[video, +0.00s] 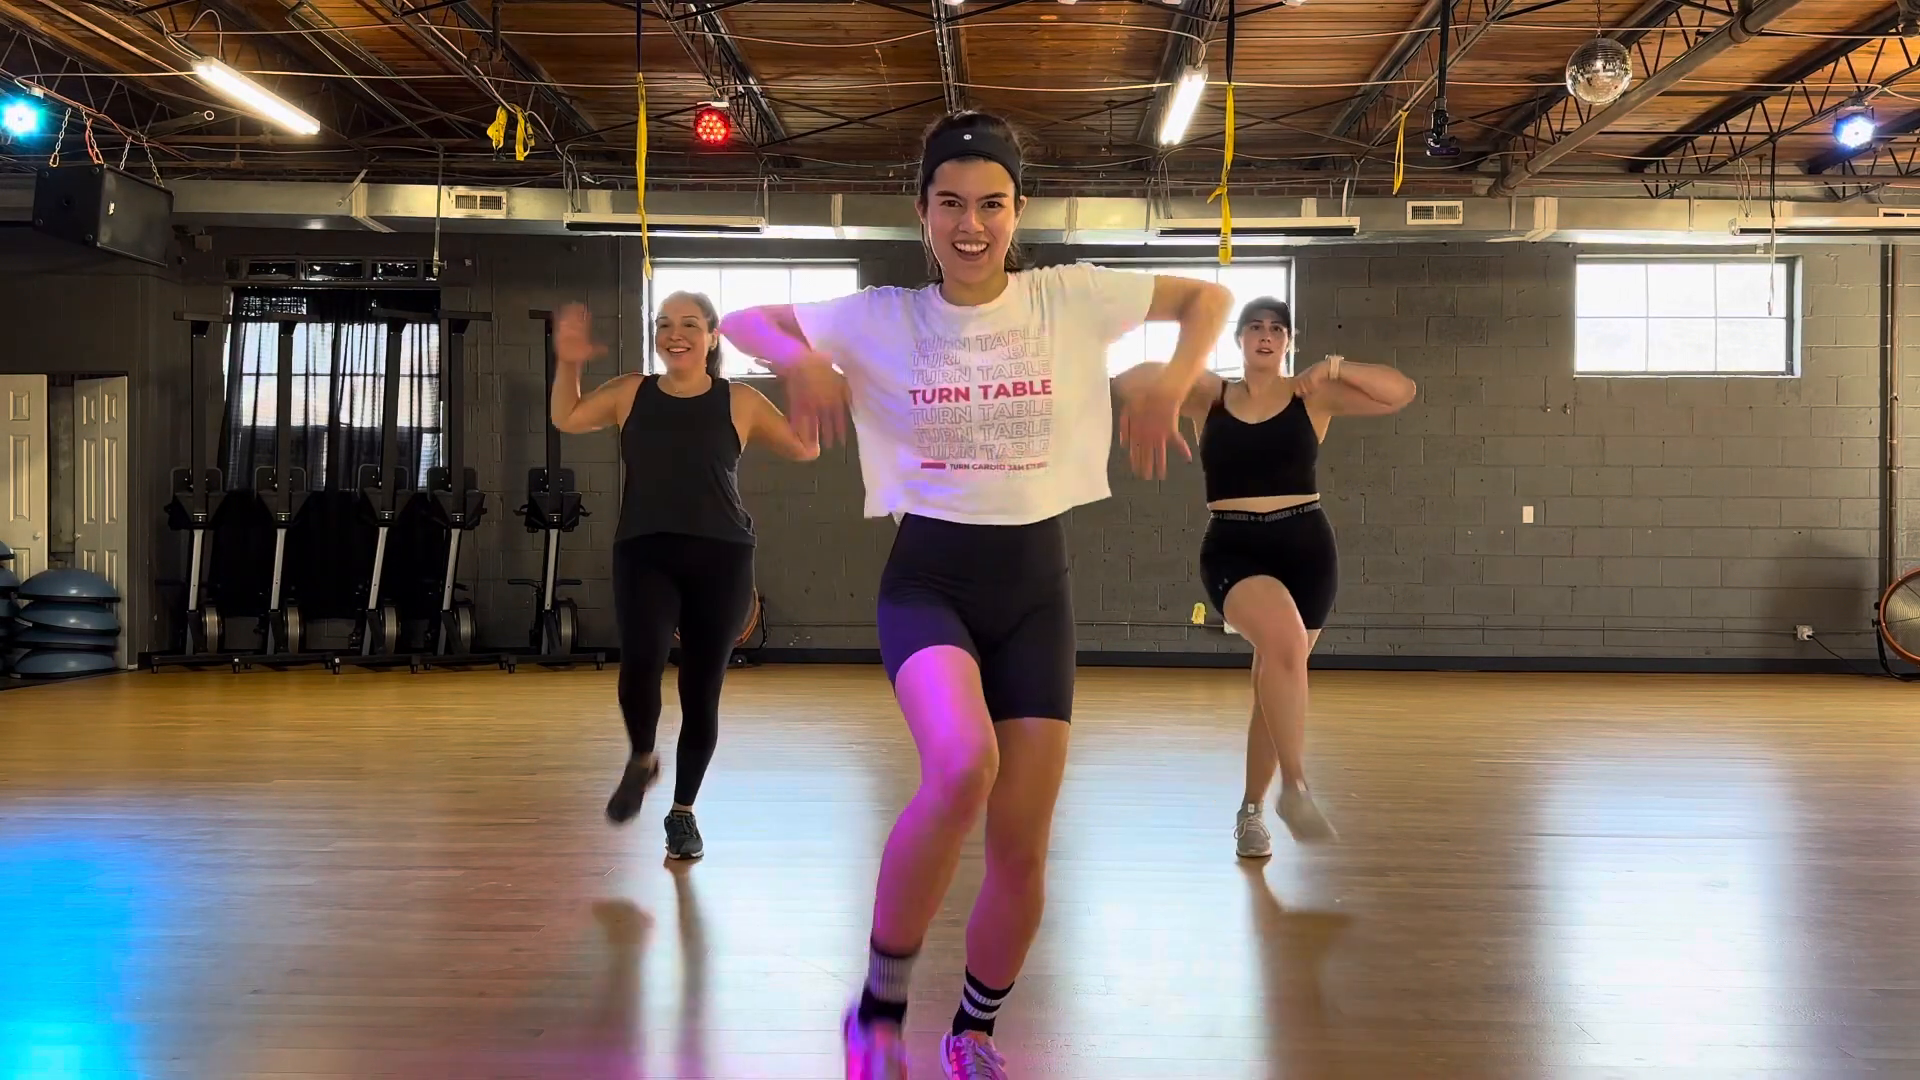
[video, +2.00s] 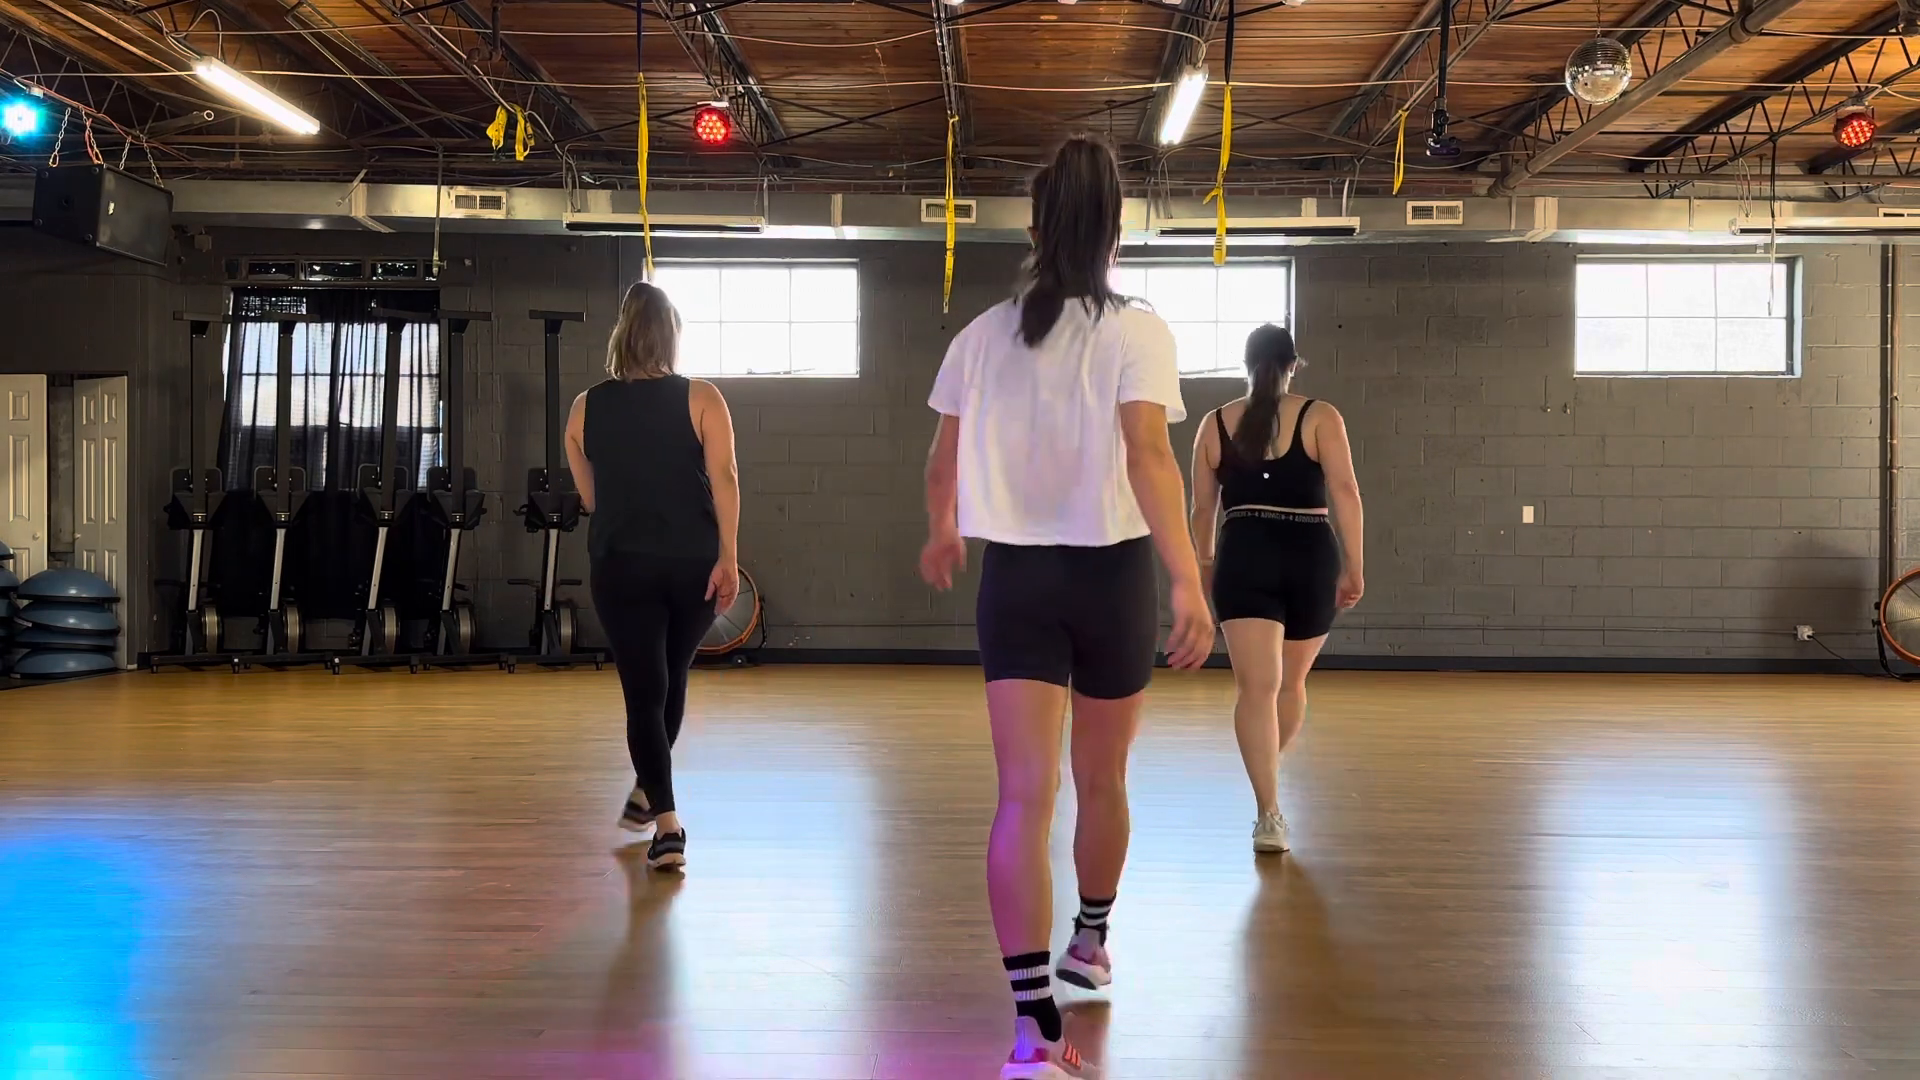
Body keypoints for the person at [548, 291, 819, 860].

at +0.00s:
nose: (677, 334)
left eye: (689, 326)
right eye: (667, 325)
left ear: (712, 336)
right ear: (656, 335)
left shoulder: (741, 400)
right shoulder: (630, 391)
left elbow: (806, 449)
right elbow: (567, 417)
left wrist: (820, 387)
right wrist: (568, 362)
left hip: (720, 557)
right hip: (644, 553)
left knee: (700, 691)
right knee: (641, 661)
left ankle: (685, 810)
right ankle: (642, 757)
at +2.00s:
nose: (674, 337)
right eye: (673, 328)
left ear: (619, 336)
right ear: (673, 334)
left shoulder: (584, 409)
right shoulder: (702, 397)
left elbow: (590, 498)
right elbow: (723, 477)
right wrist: (728, 554)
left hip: (620, 567)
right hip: (692, 563)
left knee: (642, 695)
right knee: (672, 680)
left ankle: (669, 822)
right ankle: (643, 792)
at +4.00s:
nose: (694, 382)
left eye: (697, 375)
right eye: (696, 375)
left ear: (707, 380)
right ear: (748, 381)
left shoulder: (688, 427)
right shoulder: (768, 427)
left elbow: (655, 467)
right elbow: (826, 455)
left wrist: (645, 446)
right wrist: (794, 465)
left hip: (711, 567)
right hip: (767, 563)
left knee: (706, 669)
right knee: (764, 655)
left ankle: (713, 759)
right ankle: (772, 752)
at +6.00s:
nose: (653, 418)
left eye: (664, 408)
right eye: (644, 411)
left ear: (687, 413)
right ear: (637, 419)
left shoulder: (726, 463)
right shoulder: (617, 468)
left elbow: (732, 503)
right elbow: (619, 502)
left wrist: (706, 533)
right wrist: (654, 520)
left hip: (701, 558)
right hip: (635, 558)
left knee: (720, 654)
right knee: (613, 658)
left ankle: (738, 760)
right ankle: (600, 758)